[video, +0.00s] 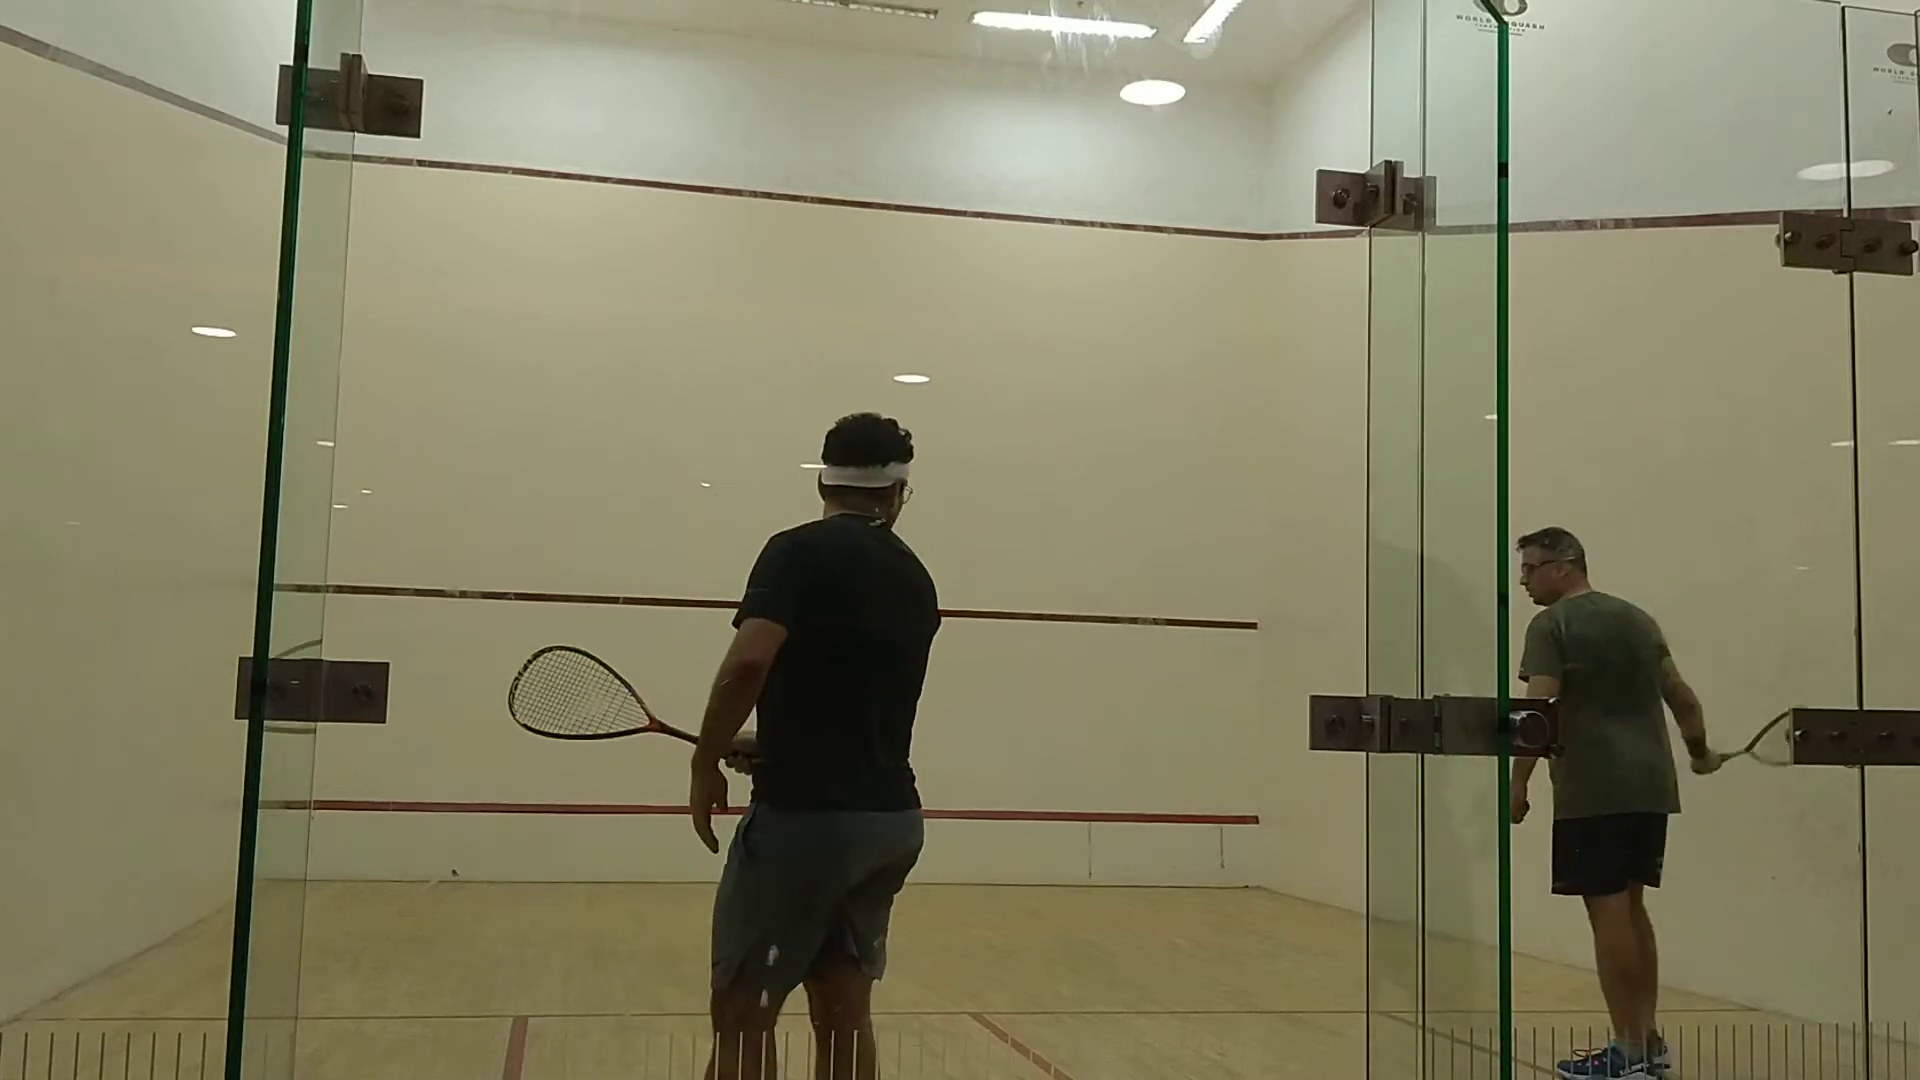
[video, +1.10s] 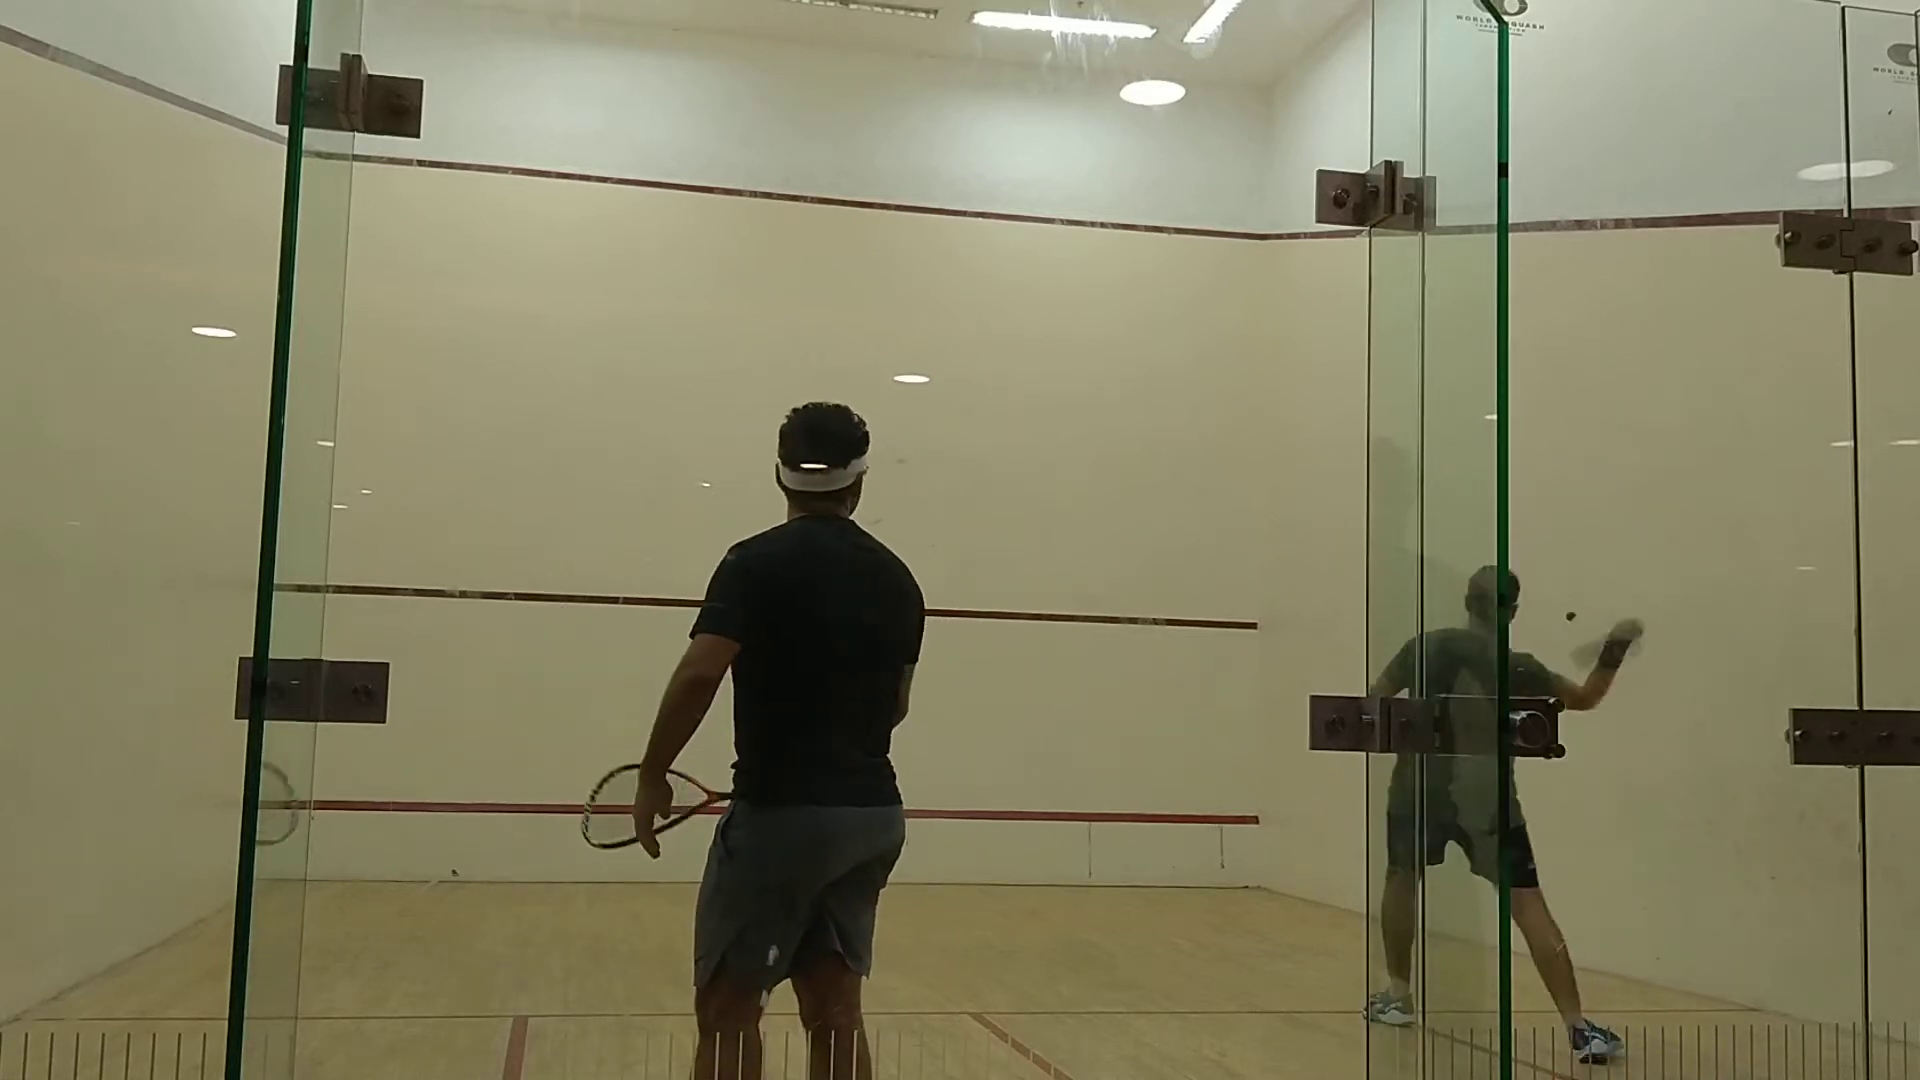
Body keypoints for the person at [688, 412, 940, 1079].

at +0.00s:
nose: (899, 499)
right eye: (901, 489)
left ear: (824, 483)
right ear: (900, 492)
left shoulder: (794, 553)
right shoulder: (916, 579)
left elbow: (747, 666)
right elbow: (874, 706)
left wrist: (706, 758)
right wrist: (770, 742)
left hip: (797, 824)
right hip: (890, 823)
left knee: (742, 1014)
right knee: (843, 1007)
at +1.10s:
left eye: (793, 469)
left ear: (781, 477)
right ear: (859, 482)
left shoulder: (751, 563)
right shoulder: (897, 580)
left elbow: (700, 674)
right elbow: (893, 707)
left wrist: (653, 772)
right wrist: (801, 757)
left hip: (772, 824)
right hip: (871, 821)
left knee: (727, 1012)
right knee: (834, 1004)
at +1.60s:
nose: (770, 473)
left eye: (771, 463)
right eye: (778, 462)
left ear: (774, 475)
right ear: (849, 475)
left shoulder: (796, 559)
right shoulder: (882, 561)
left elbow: (794, 673)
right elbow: (869, 699)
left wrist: (730, 799)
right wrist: (789, 803)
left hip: (818, 818)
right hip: (890, 815)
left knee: (772, 1007)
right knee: (835, 1004)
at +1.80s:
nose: (773, 476)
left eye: (774, 464)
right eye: (779, 463)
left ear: (785, 482)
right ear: (861, 479)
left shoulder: (821, 567)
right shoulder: (889, 558)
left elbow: (823, 696)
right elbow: (891, 708)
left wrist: (774, 831)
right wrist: (813, 832)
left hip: (857, 830)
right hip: (908, 825)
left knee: (821, 1024)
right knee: (837, 1017)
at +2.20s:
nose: (747, 499)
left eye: (758, 480)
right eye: (748, 481)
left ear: (813, 483)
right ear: (812, 484)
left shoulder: (880, 571)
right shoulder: (829, 576)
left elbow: (911, 705)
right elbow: (841, 704)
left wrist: (862, 849)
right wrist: (785, 760)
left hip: (916, 843)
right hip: (838, 838)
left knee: (915, 1050)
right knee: (759, 1018)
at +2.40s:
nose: (711, 509)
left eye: (724, 489)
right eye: (708, 493)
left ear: (786, 485)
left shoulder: (887, 577)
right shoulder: (754, 597)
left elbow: (971, 697)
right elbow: (760, 706)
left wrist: (952, 826)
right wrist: (736, 776)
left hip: (904, 856)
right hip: (805, 852)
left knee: (928, 1054)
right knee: (737, 1024)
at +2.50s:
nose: (687, 535)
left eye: (699, 514)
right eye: (683, 518)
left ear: (759, 506)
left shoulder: (868, 585)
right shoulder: (725, 628)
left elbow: (975, 695)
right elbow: (740, 743)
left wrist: (977, 825)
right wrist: (716, 830)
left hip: (906, 858)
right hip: (802, 851)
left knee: (921, 1058)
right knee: (695, 1009)